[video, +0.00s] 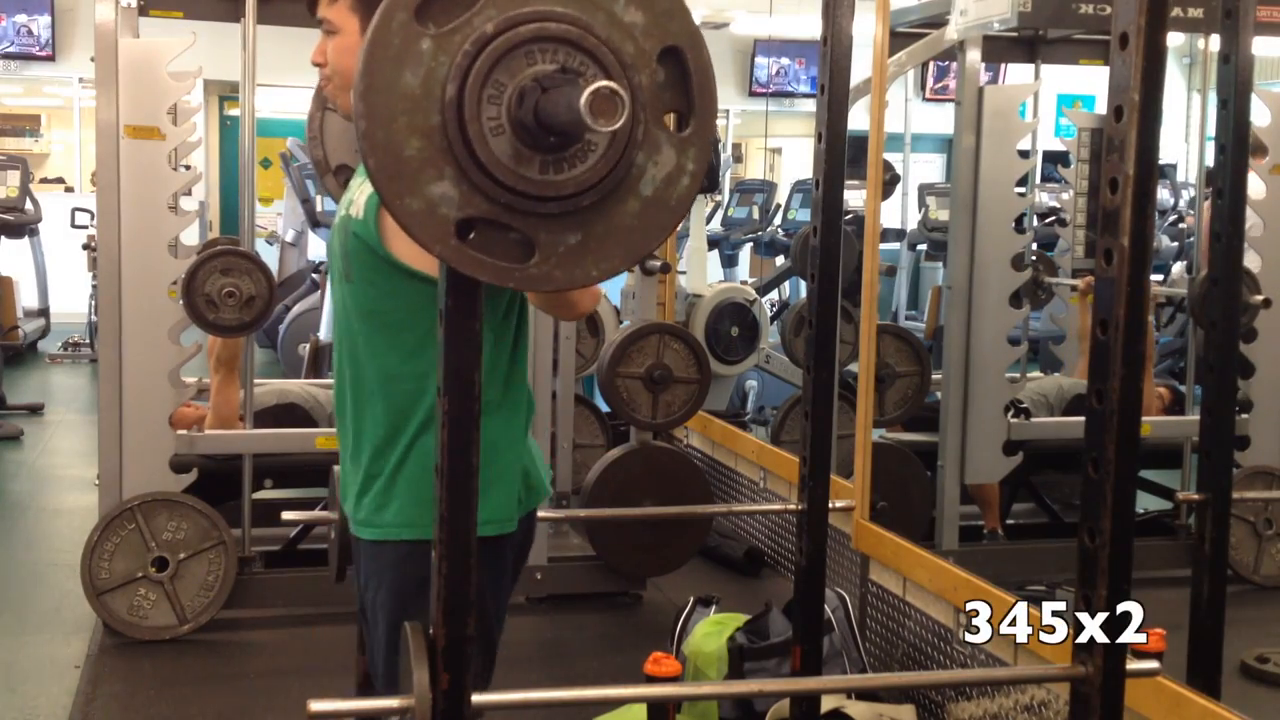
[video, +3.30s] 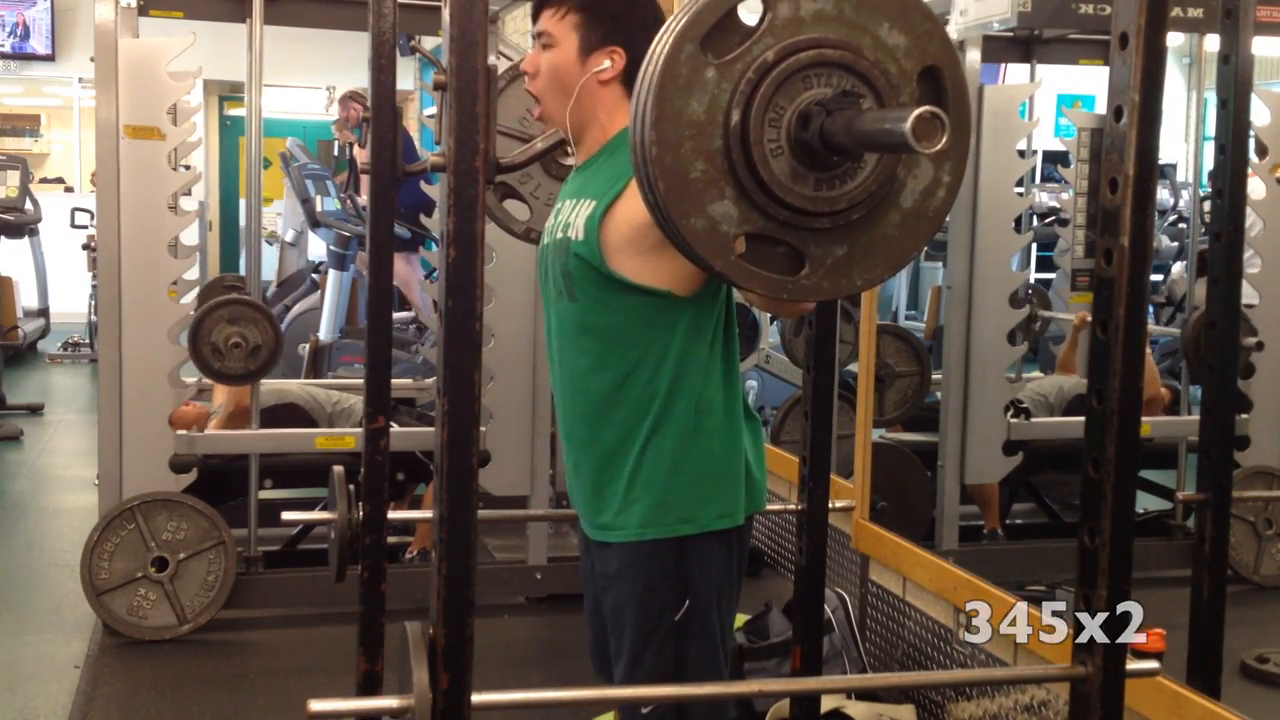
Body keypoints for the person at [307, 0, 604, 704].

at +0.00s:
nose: (316, 55)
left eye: (331, 31)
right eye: (320, 32)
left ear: (392, 42)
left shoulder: (404, 183)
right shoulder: (381, 179)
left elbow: (576, 298)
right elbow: (573, 296)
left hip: (435, 515)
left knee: (422, 704)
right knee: (418, 701)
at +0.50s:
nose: (361, 59)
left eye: (375, 34)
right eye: (365, 36)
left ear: (435, 45)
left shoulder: (465, 175)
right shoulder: (427, 182)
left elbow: (626, 292)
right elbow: (520, 258)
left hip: (510, 509)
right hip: (486, 511)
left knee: (500, 703)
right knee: (488, 705)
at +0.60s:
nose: (376, 71)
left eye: (389, 47)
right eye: (377, 49)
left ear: (450, 62)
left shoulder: (465, 200)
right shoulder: (432, 199)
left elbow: (647, 303)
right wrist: (434, 504)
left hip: (515, 498)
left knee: (498, 694)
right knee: (569, 665)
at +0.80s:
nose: (414, 85)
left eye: (430, 64)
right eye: (415, 63)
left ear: (493, 68)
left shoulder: (516, 204)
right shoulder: (485, 198)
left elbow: (672, 297)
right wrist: (443, 502)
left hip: (549, 502)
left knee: (501, 703)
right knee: (606, 676)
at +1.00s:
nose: (472, 103)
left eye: (480, 81)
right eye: (473, 85)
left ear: (527, 74)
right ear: (527, 78)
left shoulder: (538, 201)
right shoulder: (530, 203)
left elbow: (667, 269)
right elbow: (662, 266)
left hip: (584, 505)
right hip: (601, 500)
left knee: (513, 704)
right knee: (619, 671)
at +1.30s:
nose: (491, 98)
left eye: (498, 74)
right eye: (488, 78)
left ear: (554, 69)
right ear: (551, 73)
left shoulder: (612, 188)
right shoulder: (557, 180)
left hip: (638, 497)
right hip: (594, 490)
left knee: (614, 705)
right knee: (619, 697)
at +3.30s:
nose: (526, 65)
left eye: (544, 43)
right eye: (534, 43)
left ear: (606, 65)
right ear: (600, 68)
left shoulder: (648, 196)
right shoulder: (590, 178)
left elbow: (788, 287)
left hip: (673, 518)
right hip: (618, 510)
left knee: (678, 711)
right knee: (632, 704)